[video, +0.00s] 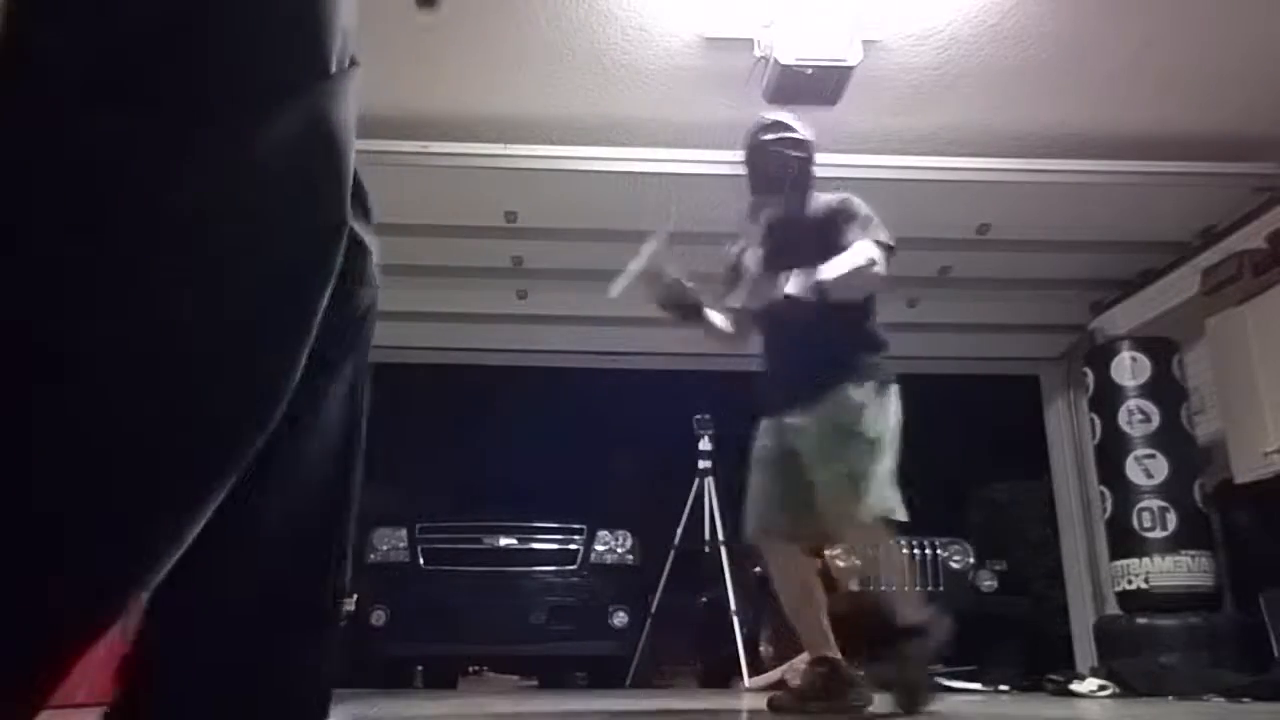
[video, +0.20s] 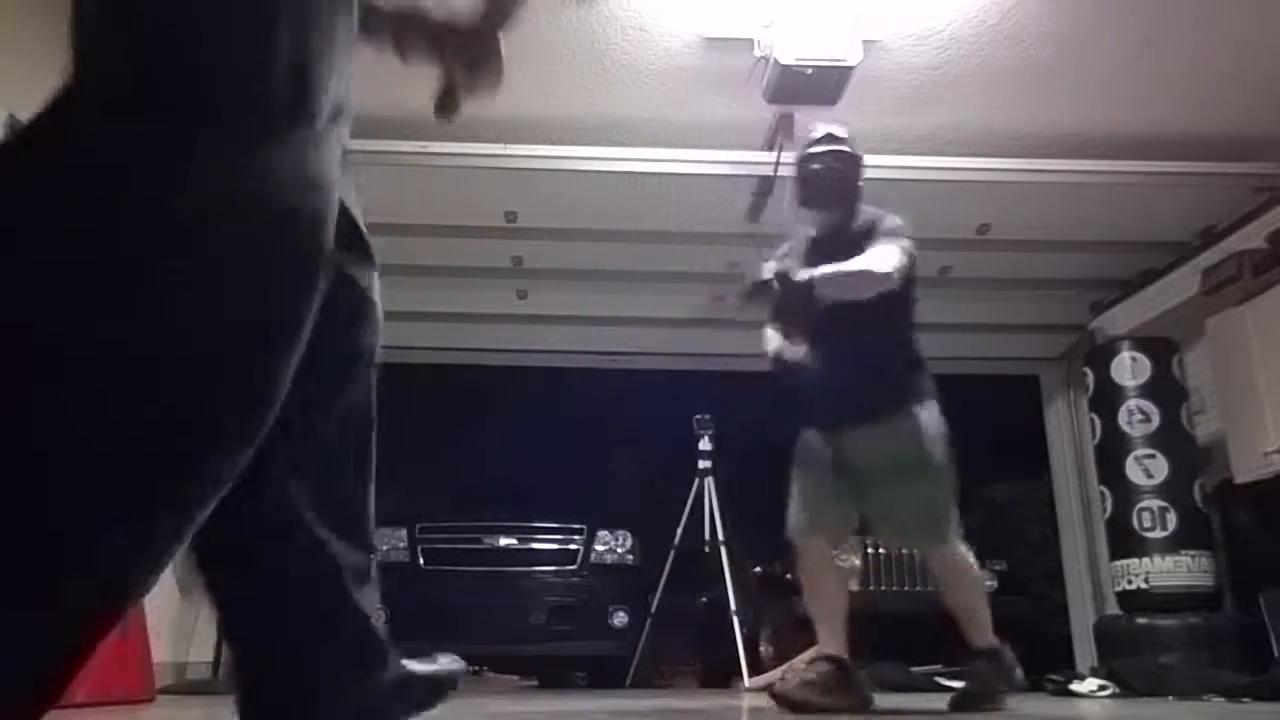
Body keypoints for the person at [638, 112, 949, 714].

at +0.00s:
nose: (780, 162)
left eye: (791, 152)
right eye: (768, 153)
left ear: (809, 160)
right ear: (748, 164)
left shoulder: (839, 210)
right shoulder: (751, 247)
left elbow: (871, 263)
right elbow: (736, 326)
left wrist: (807, 283)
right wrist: (691, 306)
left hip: (851, 393)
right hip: (784, 407)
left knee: (857, 522)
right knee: (775, 533)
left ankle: (915, 630)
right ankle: (827, 667)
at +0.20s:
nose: (825, 177)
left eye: (837, 166)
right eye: (814, 167)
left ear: (857, 175)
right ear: (798, 179)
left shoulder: (885, 230)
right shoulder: (791, 254)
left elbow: (883, 272)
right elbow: (772, 330)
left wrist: (806, 284)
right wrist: (789, 349)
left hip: (898, 415)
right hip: (826, 424)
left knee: (937, 542)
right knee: (811, 536)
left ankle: (989, 659)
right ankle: (833, 665)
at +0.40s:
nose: (847, 207)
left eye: (857, 194)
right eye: (836, 198)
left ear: (878, 192)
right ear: (822, 204)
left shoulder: (908, 249)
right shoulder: (814, 267)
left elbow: (917, 315)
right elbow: (781, 336)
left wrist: (875, 301)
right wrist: (723, 352)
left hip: (923, 421)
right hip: (854, 429)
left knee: (947, 546)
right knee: (828, 530)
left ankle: (996, 669)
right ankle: (892, 656)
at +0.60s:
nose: (815, 211)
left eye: (826, 199)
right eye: (807, 204)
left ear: (853, 205)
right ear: (800, 219)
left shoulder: (889, 250)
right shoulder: (817, 283)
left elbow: (908, 321)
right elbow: (799, 347)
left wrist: (846, 360)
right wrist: (757, 302)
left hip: (913, 412)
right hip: (863, 423)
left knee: (928, 535)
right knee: (871, 550)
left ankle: (985, 653)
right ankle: (948, 661)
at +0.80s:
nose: (799, 228)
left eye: (809, 217)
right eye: (791, 221)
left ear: (838, 220)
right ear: (784, 234)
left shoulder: (865, 258)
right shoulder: (816, 295)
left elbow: (848, 314)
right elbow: (806, 377)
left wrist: (785, 334)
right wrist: (782, 352)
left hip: (903, 407)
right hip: (872, 417)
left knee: (845, 508)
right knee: (881, 554)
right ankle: (954, 664)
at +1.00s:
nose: (764, 232)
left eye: (774, 221)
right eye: (758, 224)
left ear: (806, 223)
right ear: (753, 236)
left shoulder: (828, 260)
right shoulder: (784, 291)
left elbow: (804, 298)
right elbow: (797, 379)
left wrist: (725, 292)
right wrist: (765, 352)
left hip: (877, 416)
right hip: (855, 422)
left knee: (805, 523)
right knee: (839, 562)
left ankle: (790, 671)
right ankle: (942, 651)